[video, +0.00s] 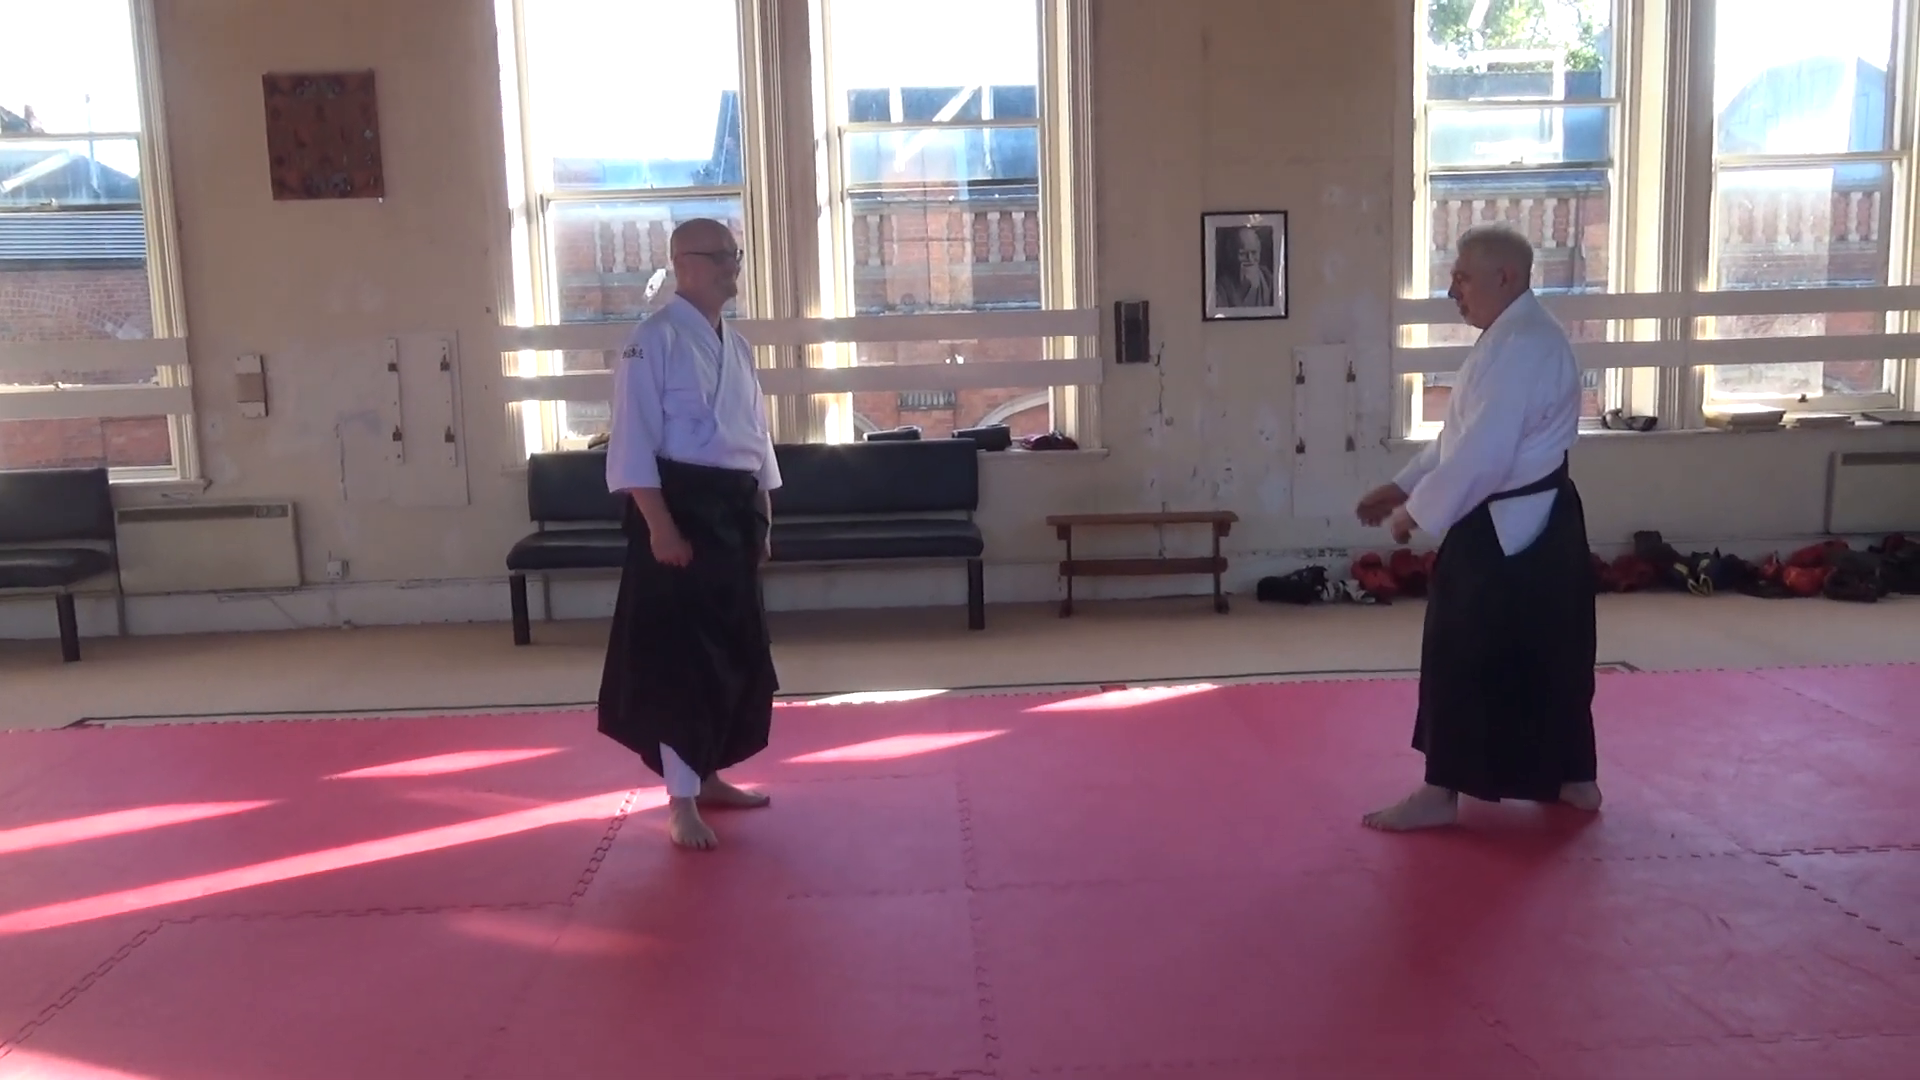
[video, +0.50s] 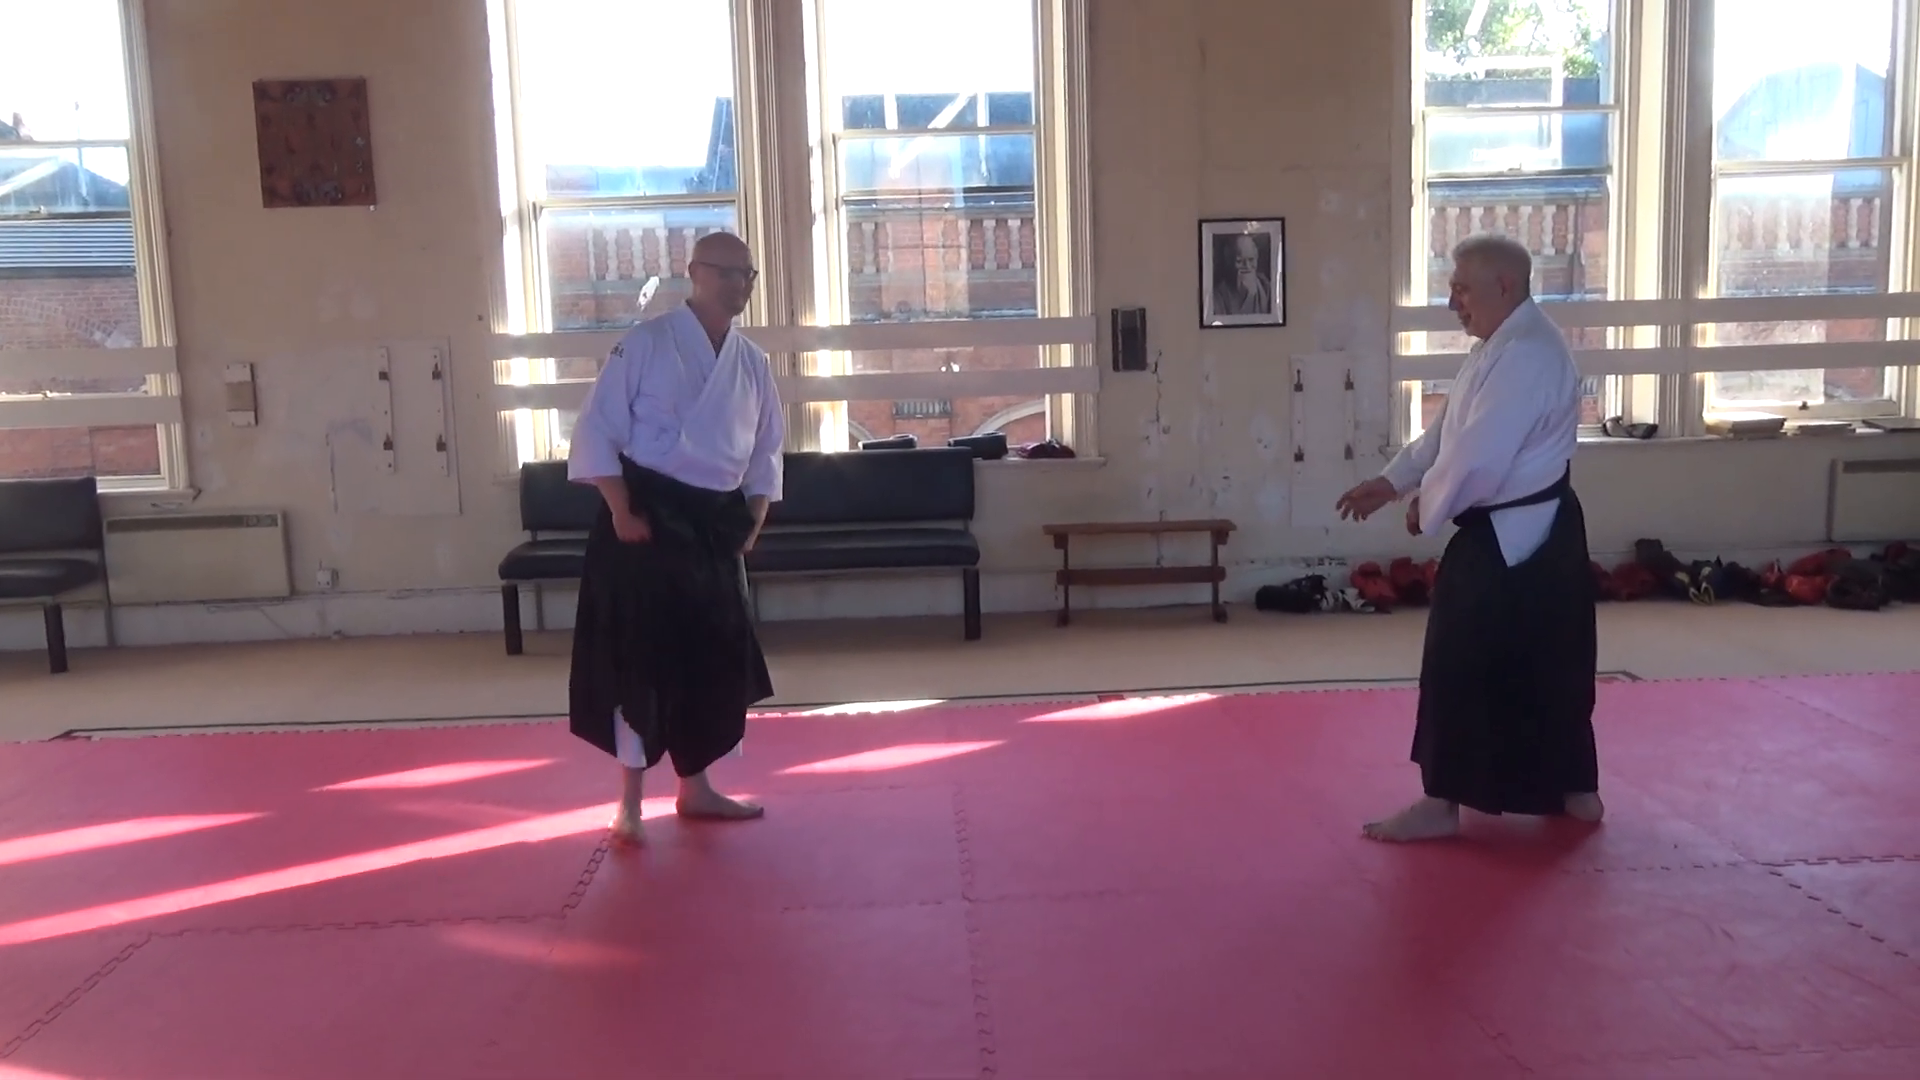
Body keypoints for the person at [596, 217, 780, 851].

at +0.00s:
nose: (735, 266)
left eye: (736, 255)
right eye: (721, 256)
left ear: (729, 265)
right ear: (682, 263)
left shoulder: (734, 341)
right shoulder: (653, 336)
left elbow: (754, 431)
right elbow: (632, 438)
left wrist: (763, 513)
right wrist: (659, 523)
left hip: (733, 502)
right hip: (676, 504)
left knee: (726, 642)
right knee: (679, 647)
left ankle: (706, 775)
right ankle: (682, 800)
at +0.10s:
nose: (739, 267)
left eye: (739, 257)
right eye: (725, 258)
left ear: (729, 269)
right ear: (686, 267)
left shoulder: (737, 344)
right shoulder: (654, 337)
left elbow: (757, 434)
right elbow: (627, 440)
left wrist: (761, 516)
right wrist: (654, 525)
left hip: (732, 505)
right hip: (673, 507)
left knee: (722, 644)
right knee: (677, 649)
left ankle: (703, 779)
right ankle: (679, 802)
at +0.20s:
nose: (743, 271)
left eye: (744, 261)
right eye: (730, 261)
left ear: (737, 273)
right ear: (690, 268)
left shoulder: (744, 351)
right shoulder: (653, 340)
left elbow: (761, 442)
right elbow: (624, 438)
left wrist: (759, 521)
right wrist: (647, 525)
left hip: (728, 509)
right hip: (667, 508)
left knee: (721, 646)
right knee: (673, 650)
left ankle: (701, 780)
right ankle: (678, 802)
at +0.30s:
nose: (747, 278)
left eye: (749, 269)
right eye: (735, 268)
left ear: (747, 278)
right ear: (696, 273)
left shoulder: (751, 357)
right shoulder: (652, 342)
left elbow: (765, 449)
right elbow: (614, 436)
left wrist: (758, 525)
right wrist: (637, 521)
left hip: (726, 513)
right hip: (662, 509)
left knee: (720, 648)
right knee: (666, 650)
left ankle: (698, 782)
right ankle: (671, 800)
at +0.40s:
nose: (746, 283)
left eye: (751, 273)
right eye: (733, 272)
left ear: (753, 280)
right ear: (698, 275)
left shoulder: (755, 364)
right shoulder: (650, 344)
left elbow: (767, 453)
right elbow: (605, 435)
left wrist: (758, 527)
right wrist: (628, 516)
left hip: (719, 517)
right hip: (654, 510)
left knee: (716, 649)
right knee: (656, 651)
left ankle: (697, 784)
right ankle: (656, 800)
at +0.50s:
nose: (743, 284)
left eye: (749, 274)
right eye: (730, 272)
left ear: (752, 280)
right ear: (695, 273)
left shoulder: (753, 363)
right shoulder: (646, 342)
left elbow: (767, 449)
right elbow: (595, 429)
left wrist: (754, 518)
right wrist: (620, 507)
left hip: (716, 519)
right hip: (645, 510)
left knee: (711, 652)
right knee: (640, 652)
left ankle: (695, 787)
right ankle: (630, 799)